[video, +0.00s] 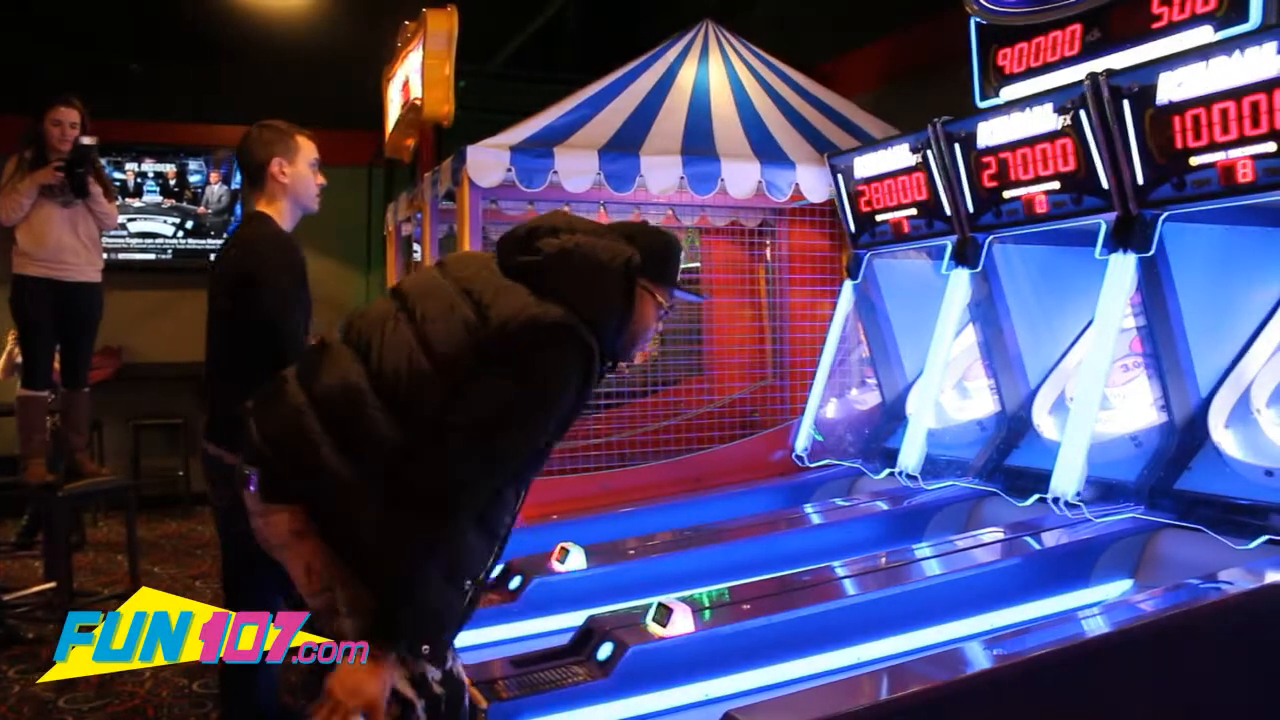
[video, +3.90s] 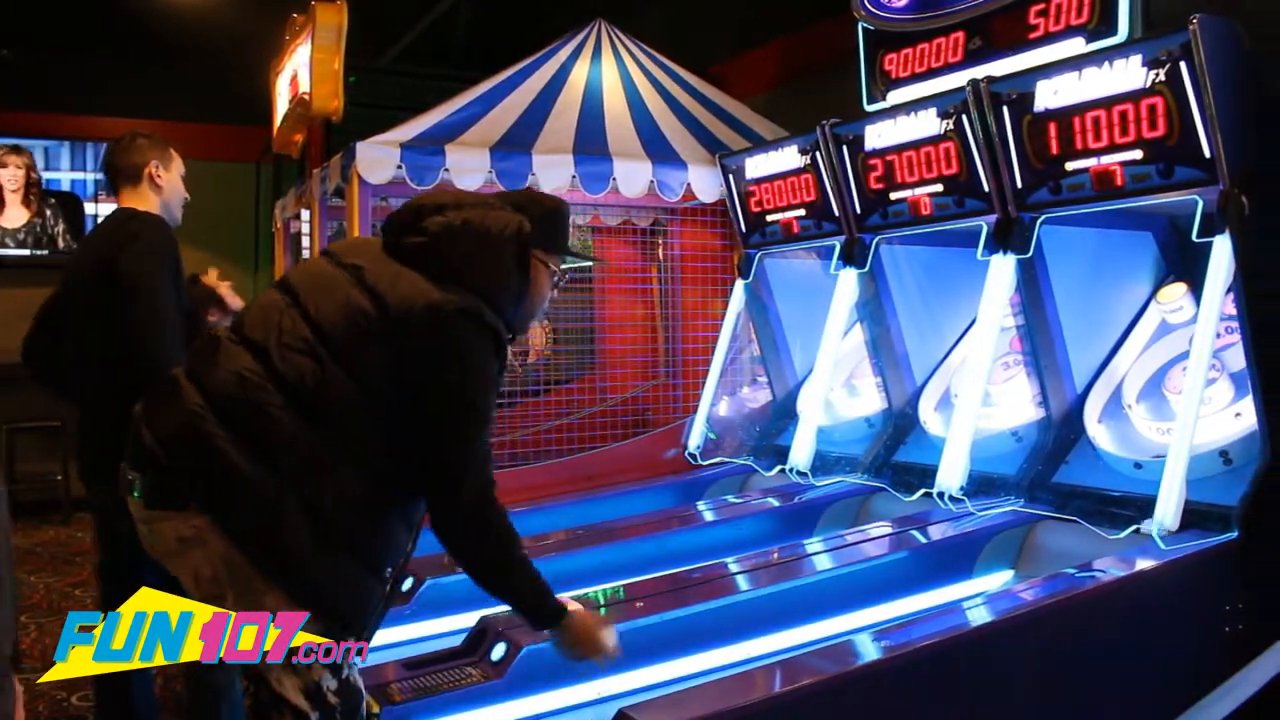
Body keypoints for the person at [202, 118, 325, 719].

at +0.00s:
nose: (322, 179)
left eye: (320, 166)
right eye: (314, 166)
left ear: (274, 174)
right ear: (279, 172)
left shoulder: (244, 243)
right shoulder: (272, 249)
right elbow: (284, 361)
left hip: (231, 446)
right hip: (254, 455)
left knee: (251, 587)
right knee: (265, 593)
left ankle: (248, 704)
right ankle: (256, 706)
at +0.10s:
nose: (301, 179)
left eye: (299, 167)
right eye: (293, 166)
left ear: (252, 173)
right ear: (259, 171)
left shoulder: (232, 240)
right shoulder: (249, 248)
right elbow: (260, 357)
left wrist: (277, 310)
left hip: (217, 447)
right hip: (233, 457)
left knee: (235, 586)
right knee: (250, 591)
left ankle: (230, 699)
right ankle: (237, 702)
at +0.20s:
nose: (291, 180)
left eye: (289, 168)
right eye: (283, 167)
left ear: (242, 174)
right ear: (248, 172)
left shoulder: (219, 240)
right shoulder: (238, 248)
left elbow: (227, 343)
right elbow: (250, 359)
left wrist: (277, 316)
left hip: (205, 446)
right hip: (224, 456)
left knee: (222, 583)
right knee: (245, 589)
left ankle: (221, 697)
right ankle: (229, 699)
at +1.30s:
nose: (237, 186)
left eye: (237, 173)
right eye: (233, 171)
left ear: (186, 170)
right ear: (201, 168)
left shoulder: (161, 235)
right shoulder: (179, 242)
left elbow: (178, 336)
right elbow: (168, 353)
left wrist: (236, 309)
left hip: (157, 456)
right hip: (174, 465)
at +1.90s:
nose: (230, 199)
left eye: (232, 187)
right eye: (230, 185)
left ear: (181, 172)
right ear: (204, 174)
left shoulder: (141, 235)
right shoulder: (182, 241)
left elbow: (100, 350)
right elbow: (172, 351)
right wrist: (187, 446)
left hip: (142, 452)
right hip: (175, 458)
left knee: (165, 593)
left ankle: (166, 704)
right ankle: (254, 707)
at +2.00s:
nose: (231, 197)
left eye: (232, 183)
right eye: (229, 182)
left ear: (182, 174)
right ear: (205, 172)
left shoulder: (141, 234)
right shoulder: (183, 240)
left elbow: (96, 352)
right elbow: (170, 348)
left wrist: (134, 423)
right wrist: (180, 443)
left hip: (141, 444)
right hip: (173, 448)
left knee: (162, 578)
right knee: (185, 586)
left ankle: (160, 696)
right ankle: (171, 700)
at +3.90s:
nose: (187, 189)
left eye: (185, 174)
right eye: (183, 174)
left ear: (129, 178)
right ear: (156, 173)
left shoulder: (103, 239)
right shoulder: (151, 239)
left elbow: (42, 347)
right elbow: (162, 353)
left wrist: (103, 396)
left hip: (106, 449)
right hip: (145, 456)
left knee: (123, 594)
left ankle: (123, 705)